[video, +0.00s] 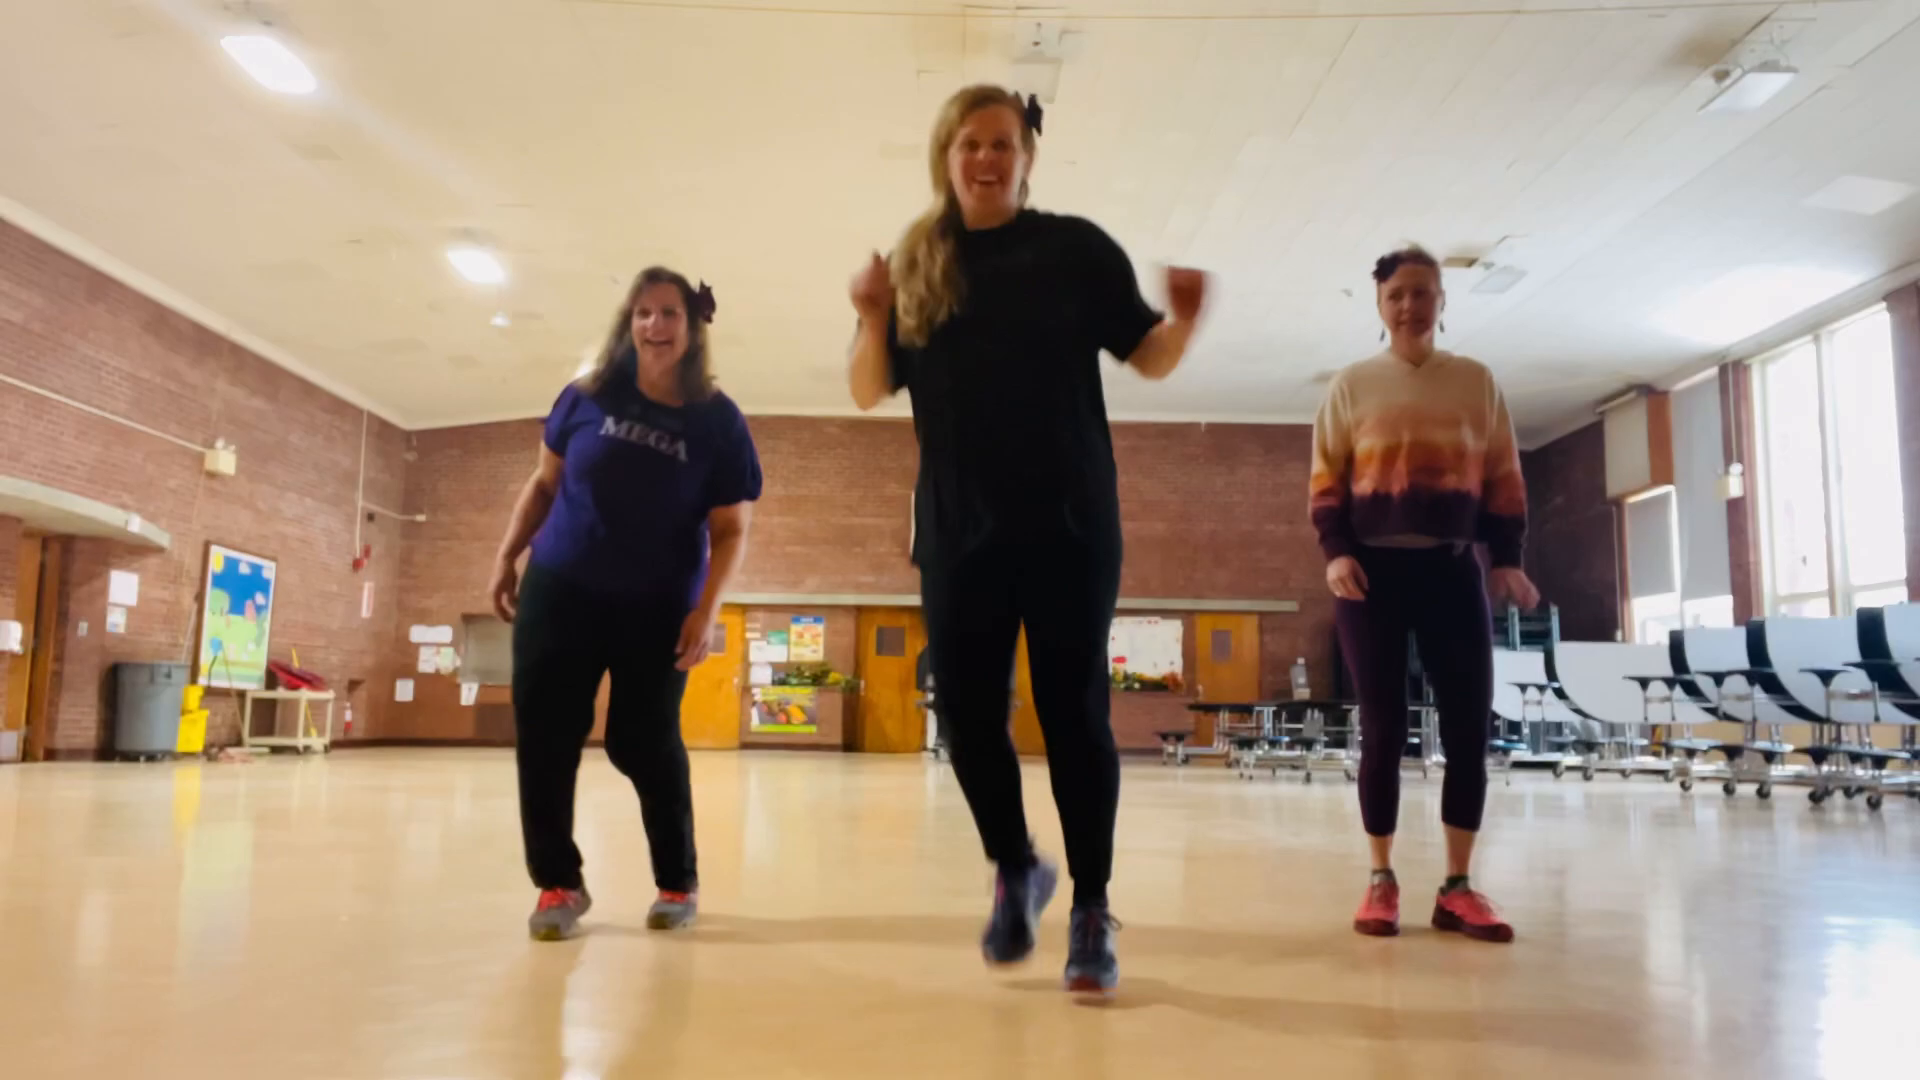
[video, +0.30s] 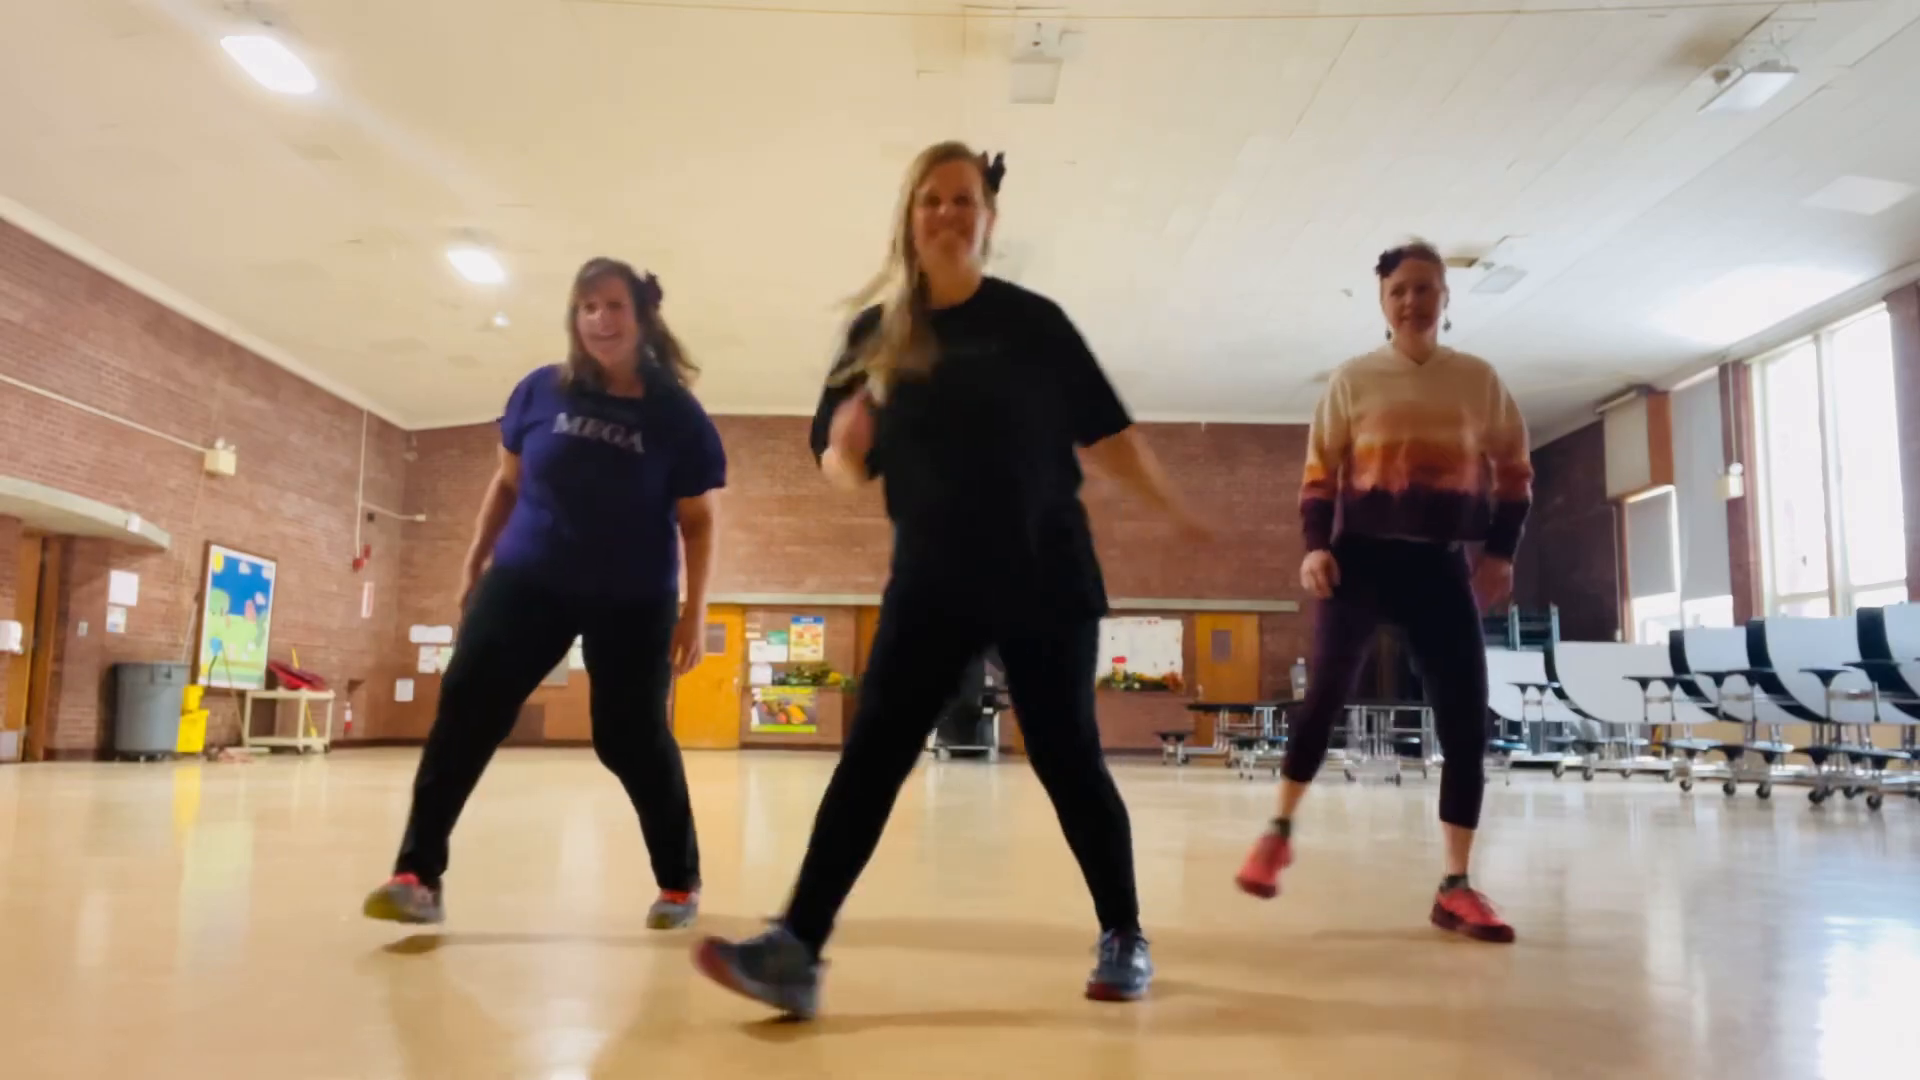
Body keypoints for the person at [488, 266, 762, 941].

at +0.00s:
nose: (655, 324)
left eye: (669, 314)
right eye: (644, 313)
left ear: (694, 327)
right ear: (627, 323)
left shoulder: (716, 419)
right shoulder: (585, 395)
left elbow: (729, 529)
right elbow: (545, 483)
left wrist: (705, 611)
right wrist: (507, 557)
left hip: (654, 606)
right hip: (562, 591)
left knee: (646, 744)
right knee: (544, 739)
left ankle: (677, 884)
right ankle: (558, 885)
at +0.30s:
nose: (600, 319)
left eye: (614, 307)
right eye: (588, 308)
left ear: (644, 317)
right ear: (575, 320)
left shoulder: (675, 412)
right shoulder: (540, 392)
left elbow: (697, 520)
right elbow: (506, 486)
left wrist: (693, 613)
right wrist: (475, 565)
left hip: (630, 592)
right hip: (530, 579)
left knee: (630, 736)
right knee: (466, 708)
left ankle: (678, 883)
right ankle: (418, 877)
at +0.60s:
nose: (479, 302)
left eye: (493, 290)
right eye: (466, 290)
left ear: (520, 303)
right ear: (449, 304)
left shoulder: (559, 390)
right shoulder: (420, 392)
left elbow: (597, 492)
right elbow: (390, 491)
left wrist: (618, 575)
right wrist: (366, 578)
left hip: (545, 592)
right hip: (438, 589)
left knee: (551, 737)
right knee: (405, 742)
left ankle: (578, 849)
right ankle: (402, 900)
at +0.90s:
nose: (447, 303)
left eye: (464, 293)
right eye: (437, 291)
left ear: (494, 309)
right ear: (421, 304)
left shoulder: (520, 405)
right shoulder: (381, 391)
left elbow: (538, 509)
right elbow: (351, 488)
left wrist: (504, 576)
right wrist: (335, 562)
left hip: (457, 599)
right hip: (363, 583)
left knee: (427, 739)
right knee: (359, 734)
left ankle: (409, 883)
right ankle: (374, 890)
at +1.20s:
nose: (394, 294)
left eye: (411, 285)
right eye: (384, 283)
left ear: (438, 304)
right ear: (368, 299)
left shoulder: (470, 404)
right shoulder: (320, 379)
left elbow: (489, 507)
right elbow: (280, 477)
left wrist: (469, 571)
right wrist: (239, 559)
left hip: (411, 596)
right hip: (304, 581)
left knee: (401, 741)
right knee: (266, 733)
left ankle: (408, 882)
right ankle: (243, 888)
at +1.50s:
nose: (323, 279)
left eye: (338, 270)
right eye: (310, 270)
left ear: (362, 291)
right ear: (291, 290)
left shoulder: (398, 376)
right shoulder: (257, 373)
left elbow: (447, 462)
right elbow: (175, 447)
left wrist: (453, 397)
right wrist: (176, 367)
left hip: (380, 576)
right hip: (271, 575)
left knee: (371, 710)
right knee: (247, 732)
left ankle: (388, 858)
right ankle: (240, 890)